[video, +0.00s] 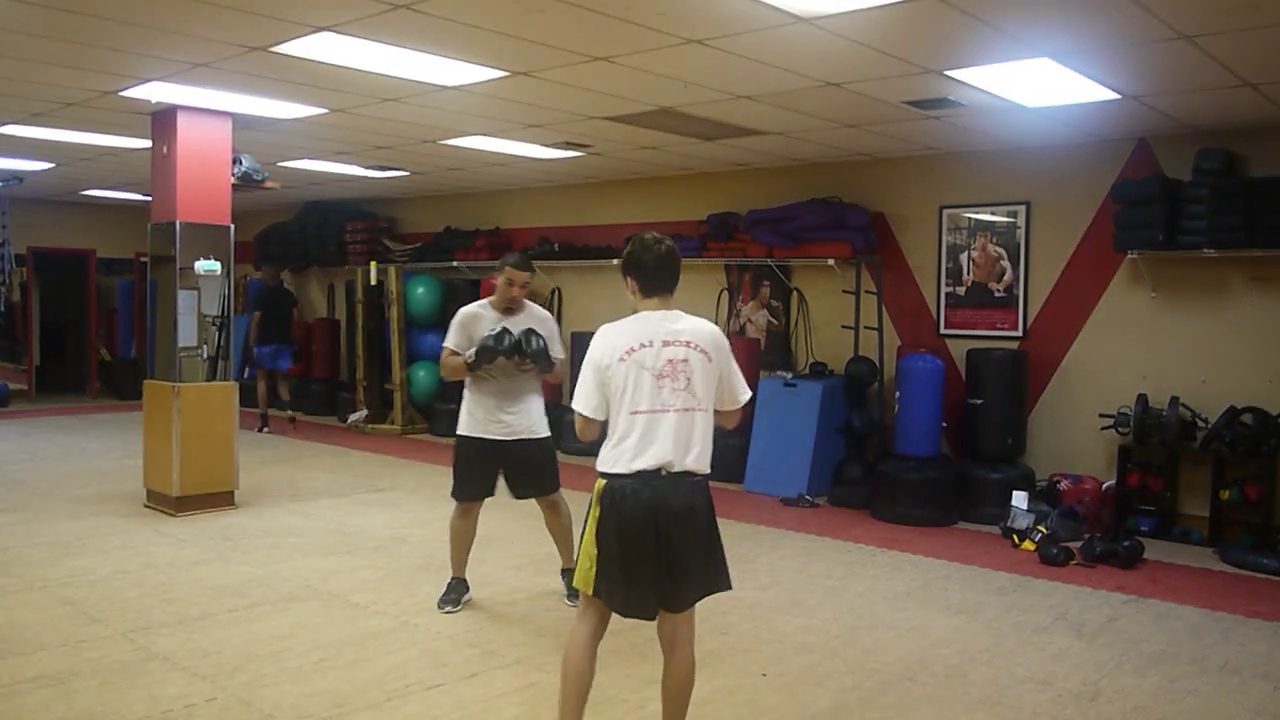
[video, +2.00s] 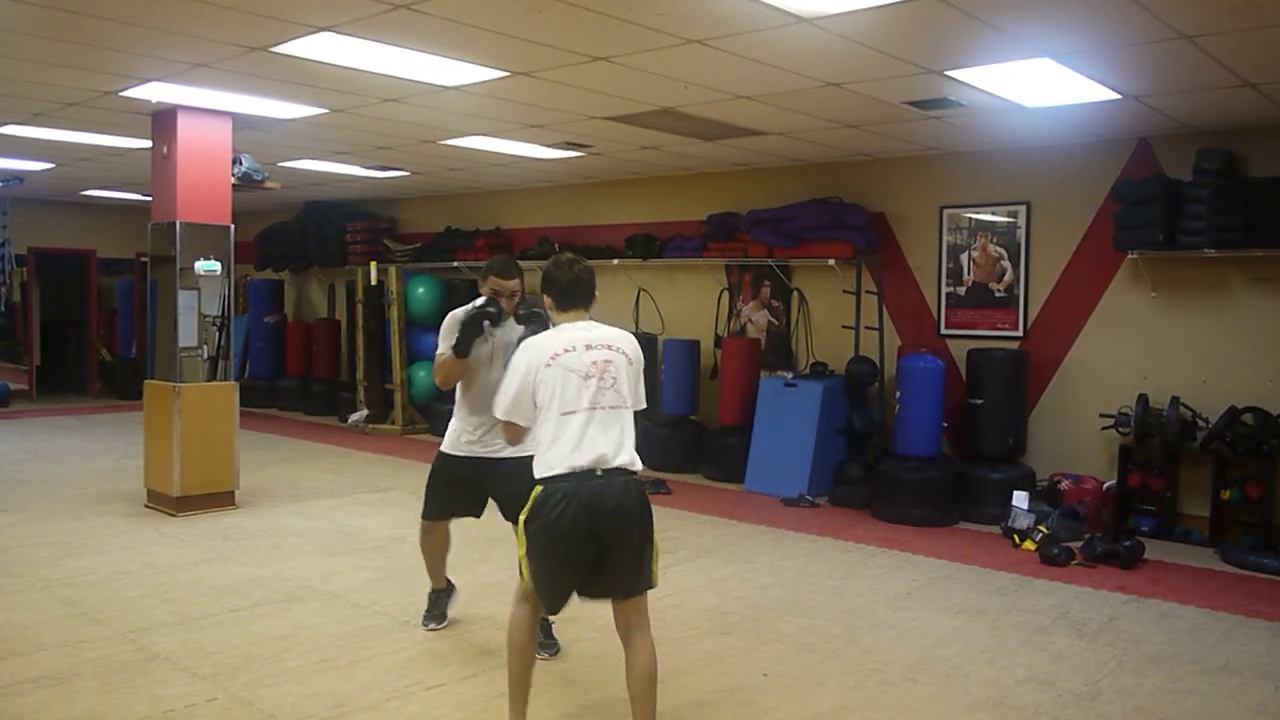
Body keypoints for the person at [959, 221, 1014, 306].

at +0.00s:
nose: (983, 241)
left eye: (985, 237)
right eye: (979, 237)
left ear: (990, 237)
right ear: (975, 237)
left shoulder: (998, 252)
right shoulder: (971, 253)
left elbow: (1009, 272)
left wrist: (1000, 286)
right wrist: (966, 279)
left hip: (992, 288)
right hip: (975, 287)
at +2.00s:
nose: (983, 241)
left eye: (986, 237)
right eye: (980, 237)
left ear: (990, 238)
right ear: (976, 238)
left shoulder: (999, 253)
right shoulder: (972, 252)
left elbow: (1010, 272)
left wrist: (1001, 286)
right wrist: (967, 278)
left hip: (991, 288)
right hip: (976, 286)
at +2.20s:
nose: (987, 242)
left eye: (990, 238)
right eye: (983, 238)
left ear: (995, 238)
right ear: (979, 238)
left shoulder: (1003, 254)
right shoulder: (975, 254)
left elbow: (1014, 273)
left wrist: (1005, 287)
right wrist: (971, 280)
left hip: (995, 289)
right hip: (979, 288)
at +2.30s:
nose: (995, 240)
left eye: (999, 236)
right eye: (992, 236)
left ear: (1004, 237)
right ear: (988, 237)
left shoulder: (1012, 252)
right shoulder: (985, 251)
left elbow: (1023, 272)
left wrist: (1015, 286)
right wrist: (979, 278)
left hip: (1004, 288)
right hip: (988, 287)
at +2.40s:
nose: (1006, 240)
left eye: (1009, 236)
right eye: (1003, 236)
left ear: (1014, 237)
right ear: (999, 237)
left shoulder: (1022, 252)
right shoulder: (994, 253)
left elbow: (1033, 272)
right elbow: (991, 269)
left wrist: (1025, 286)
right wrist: (990, 279)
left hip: (1014, 287)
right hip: (998, 286)